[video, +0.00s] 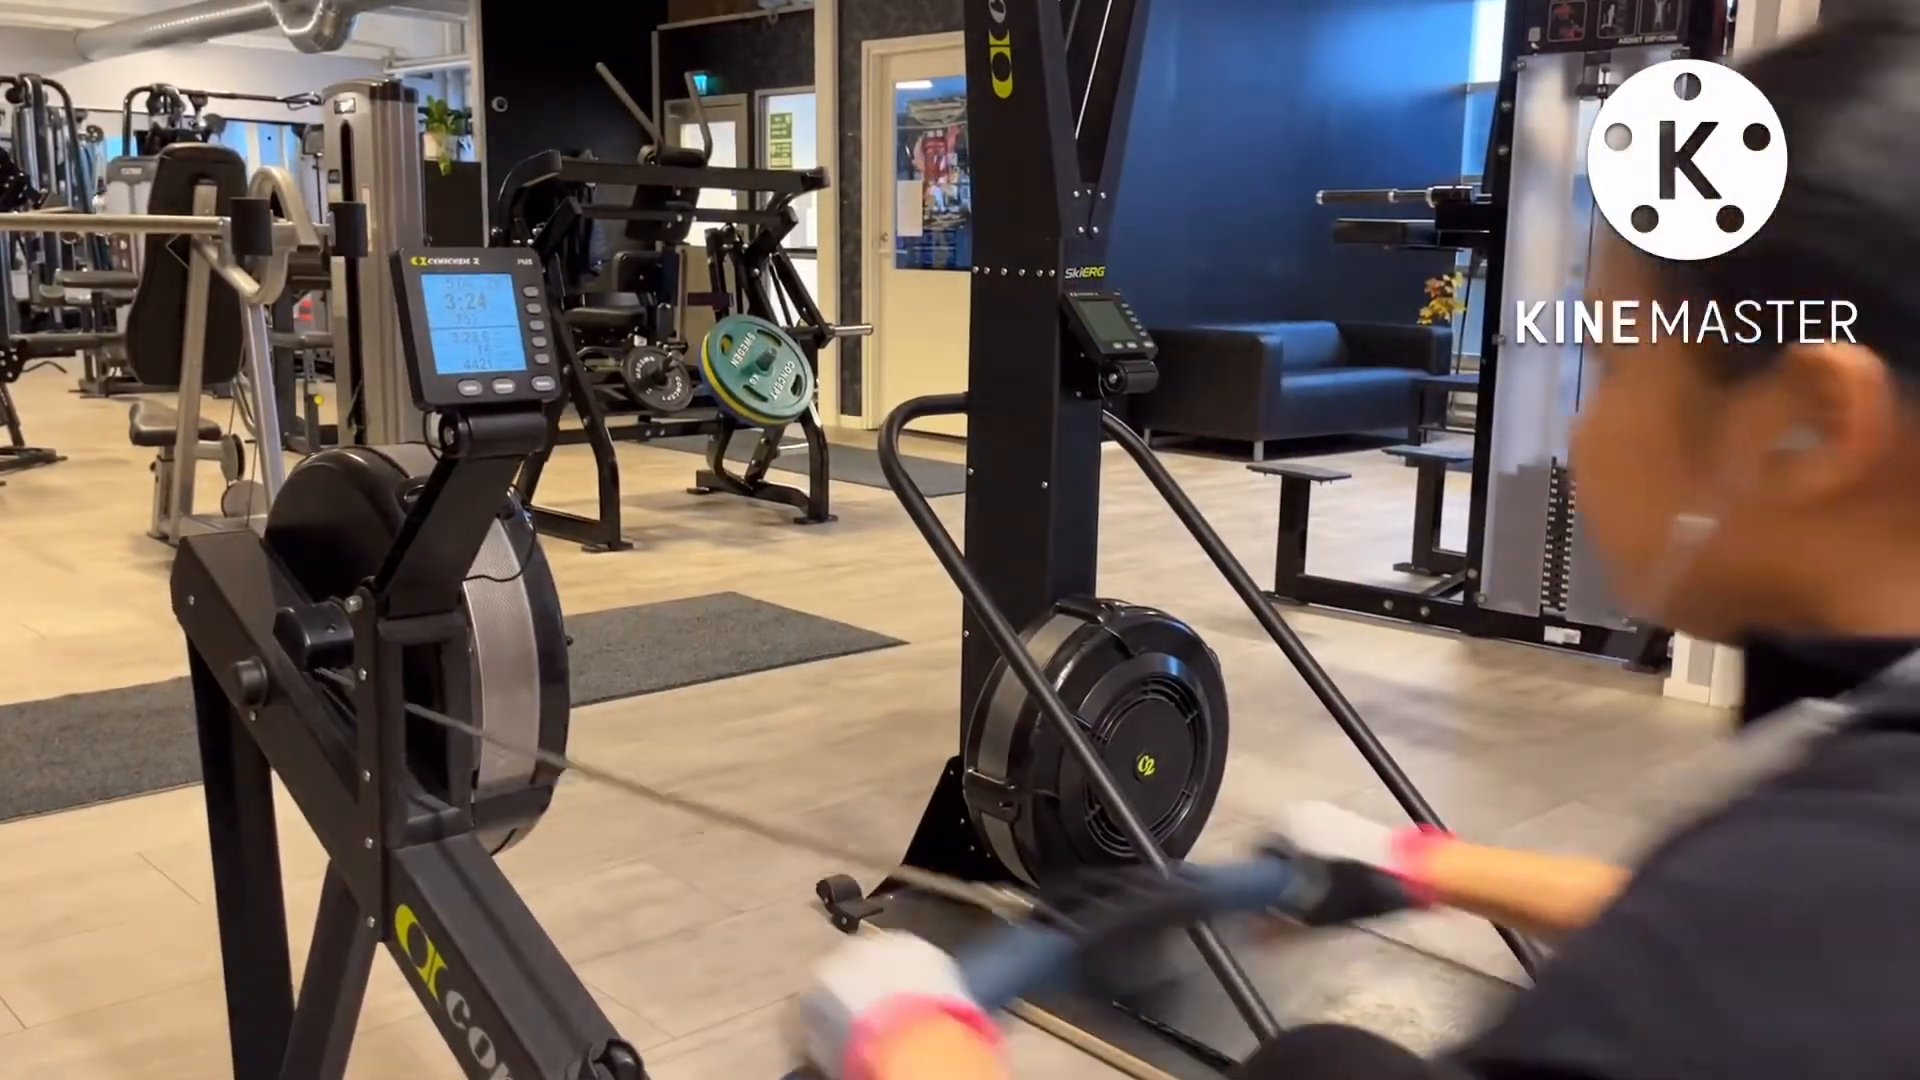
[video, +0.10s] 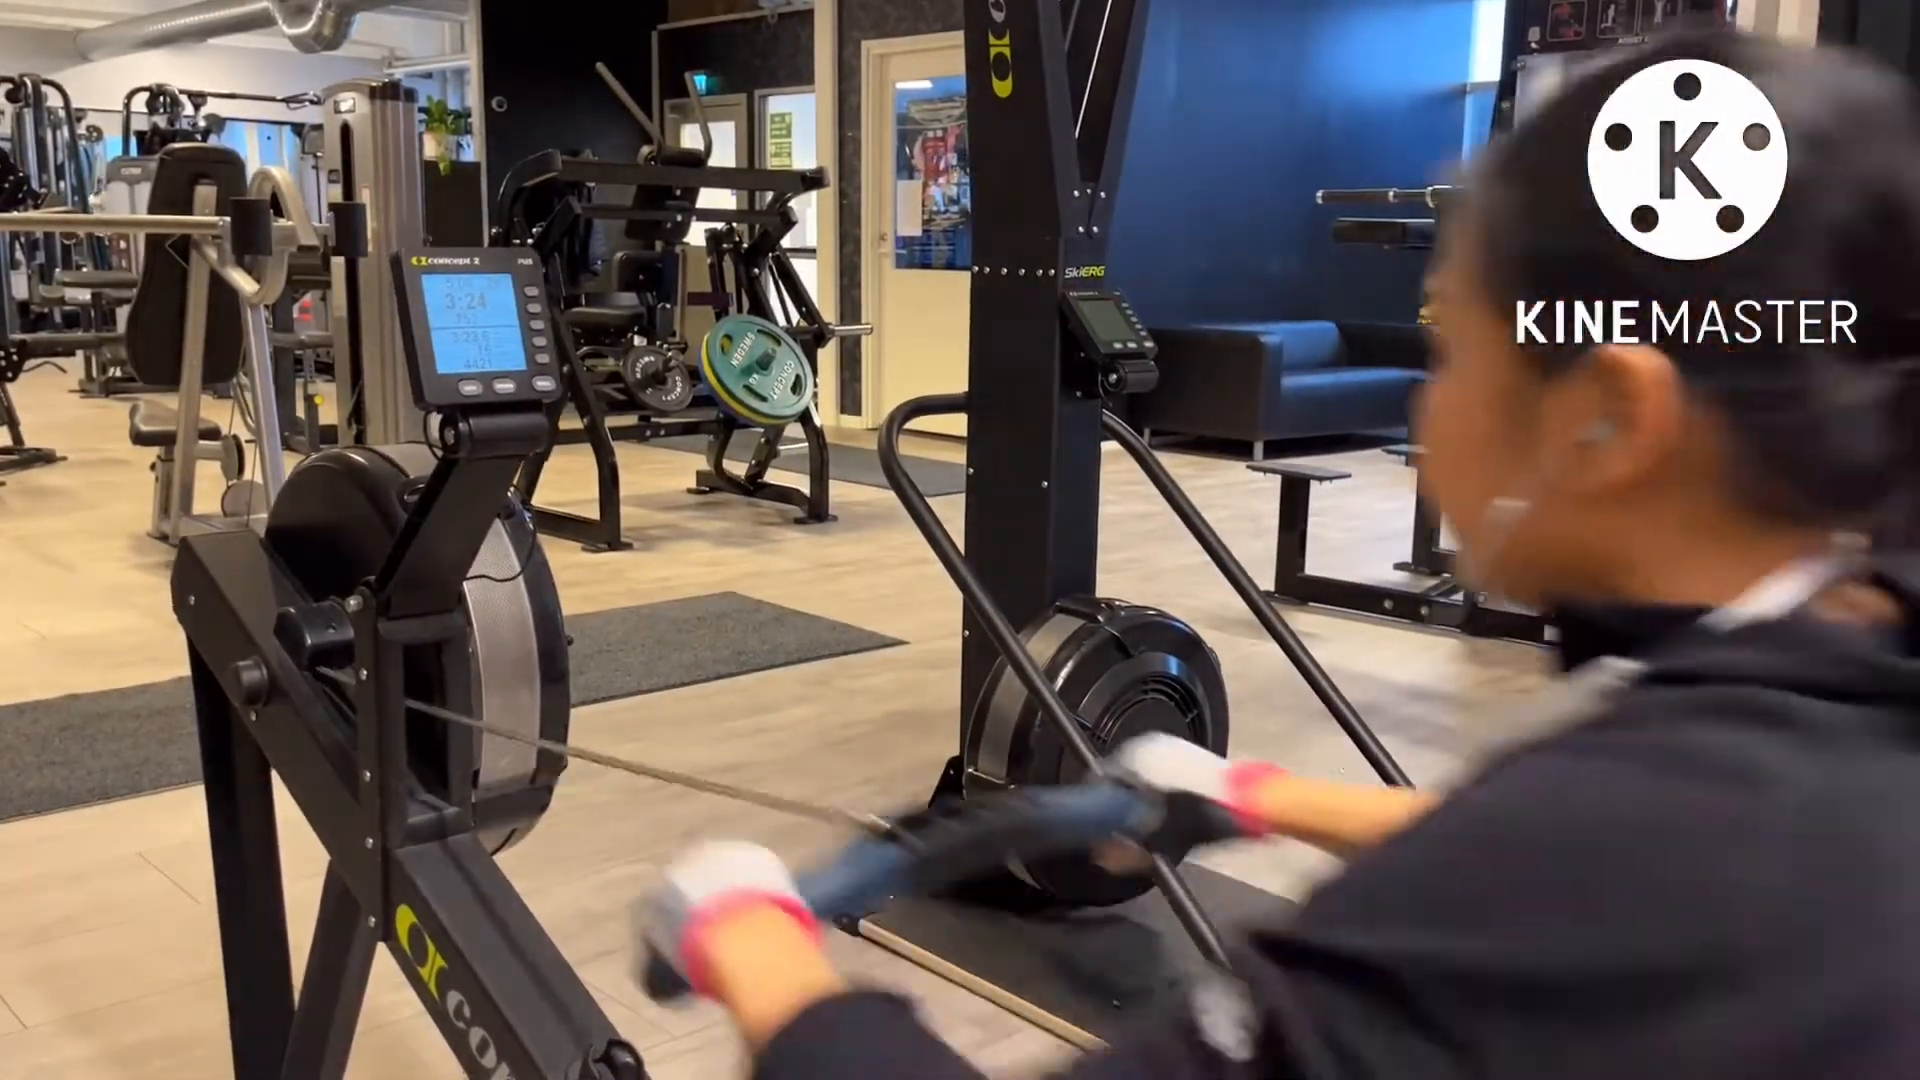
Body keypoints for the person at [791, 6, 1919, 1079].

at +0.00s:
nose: (1576, 430)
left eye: (1615, 346)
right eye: (1599, 346)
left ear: (1822, 428)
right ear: (1825, 434)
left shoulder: (1768, 935)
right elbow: (1808, 907)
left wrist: (943, 1057)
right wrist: (1441, 867)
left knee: (1331, 1045)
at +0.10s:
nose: (1418, 416)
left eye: (1447, 357)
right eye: (1434, 356)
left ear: (1614, 420)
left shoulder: (1580, 857)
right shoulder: (1880, 696)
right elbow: (1691, 827)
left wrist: (790, 985)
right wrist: (1376, 819)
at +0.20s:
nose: (1275, 391)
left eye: (1301, 349)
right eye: (1290, 343)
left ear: (1441, 418)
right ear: (1658, 402)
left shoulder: (1446, 788)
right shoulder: (1779, 669)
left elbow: (929, 1049)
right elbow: (1535, 732)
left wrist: (672, 896)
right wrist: (1236, 768)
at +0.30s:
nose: (1152, 388)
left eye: (1174, 347)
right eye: (1166, 342)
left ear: (1296, 411)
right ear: (1504, 380)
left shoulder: (1255, 745)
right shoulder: (1594, 636)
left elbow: (787, 980)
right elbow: (1364, 773)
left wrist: (561, 824)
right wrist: (1076, 736)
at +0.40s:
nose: (1052, 385)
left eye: (1074, 346)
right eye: (1068, 340)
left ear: (1177, 413)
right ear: (1386, 382)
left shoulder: (1086, 716)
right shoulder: (1477, 597)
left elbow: (674, 897)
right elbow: (1278, 722)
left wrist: (482, 784)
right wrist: (999, 697)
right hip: (1627, 1039)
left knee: (916, 970)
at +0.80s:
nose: (1047, 394)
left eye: (1071, 352)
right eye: (1058, 346)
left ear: (1191, 421)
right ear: (1389, 393)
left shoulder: (1119, 704)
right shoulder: (1498, 606)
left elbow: (772, 779)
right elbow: (1282, 692)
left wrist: (531, 744)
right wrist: (1012, 664)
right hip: (1661, 1040)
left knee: (947, 1006)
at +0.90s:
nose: (1186, 403)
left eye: (1214, 360)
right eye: (1199, 353)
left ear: (1368, 423)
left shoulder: (1273, 768)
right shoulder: (1678, 670)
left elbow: (900, 882)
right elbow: (1398, 757)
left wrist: (617, 849)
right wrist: (1101, 744)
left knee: (1003, 1033)